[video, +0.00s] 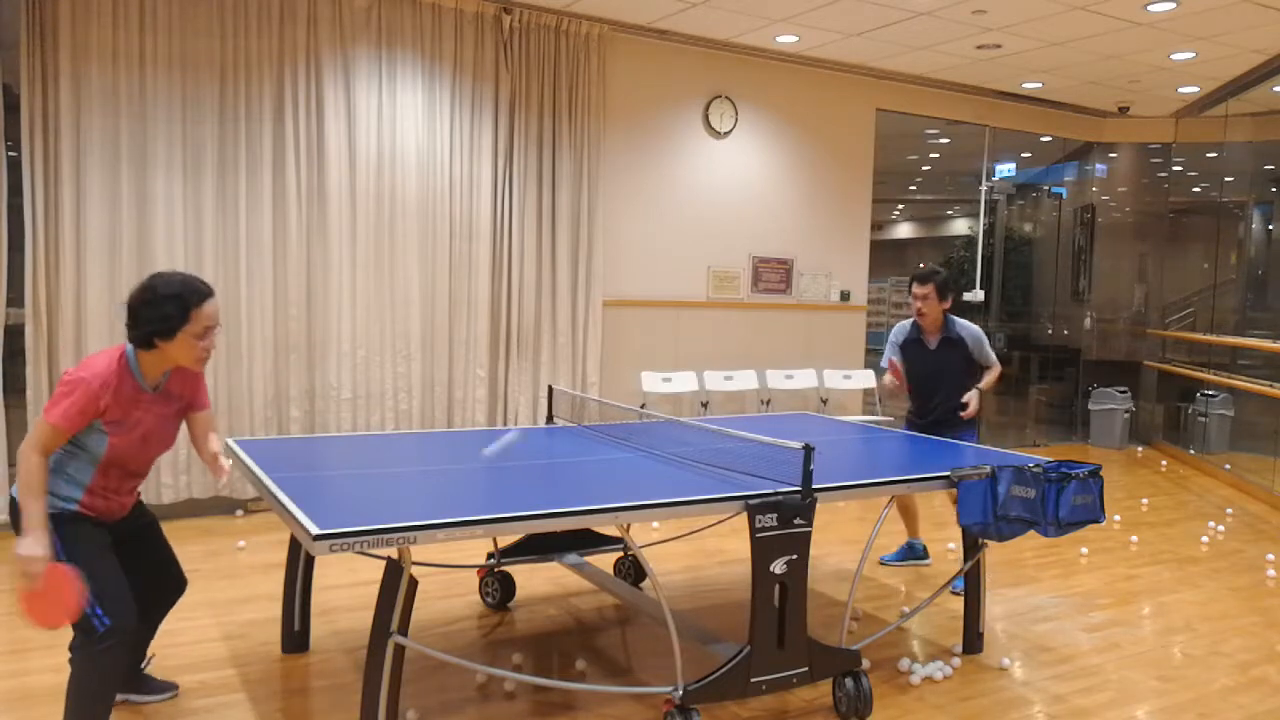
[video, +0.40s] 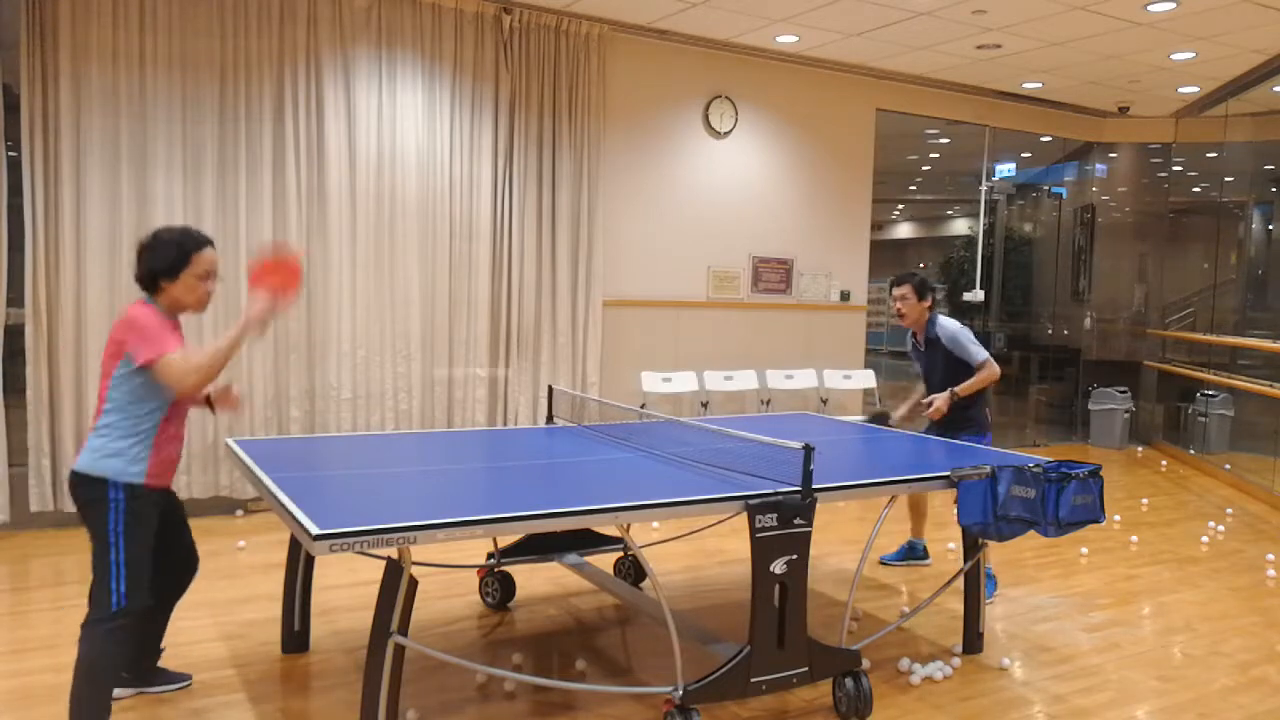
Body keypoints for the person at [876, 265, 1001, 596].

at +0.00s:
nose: (918, 305)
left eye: (925, 298)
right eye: (914, 298)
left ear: (946, 302)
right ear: (909, 300)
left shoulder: (968, 333)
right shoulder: (901, 332)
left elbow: (994, 367)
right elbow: (889, 380)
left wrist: (978, 391)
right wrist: (893, 382)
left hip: (958, 424)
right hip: (918, 422)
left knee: (956, 488)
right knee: (899, 480)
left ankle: (972, 563)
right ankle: (915, 544)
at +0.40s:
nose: (897, 307)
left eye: (904, 300)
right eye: (894, 301)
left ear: (926, 303)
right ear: (894, 305)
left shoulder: (950, 331)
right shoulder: (914, 339)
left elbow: (991, 370)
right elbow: (930, 385)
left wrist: (952, 395)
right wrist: (901, 413)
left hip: (971, 432)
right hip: (939, 430)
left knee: (968, 500)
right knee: (914, 477)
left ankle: (983, 571)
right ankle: (916, 545)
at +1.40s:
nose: (925, 316)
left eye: (931, 308)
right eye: (924, 309)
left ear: (954, 307)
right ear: (949, 310)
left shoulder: (980, 335)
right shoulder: (963, 341)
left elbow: (1022, 381)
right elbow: (981, 388)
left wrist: (977, 405)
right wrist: (957, 409)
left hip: (1005, 443)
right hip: (979, 440)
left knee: (1006, 513)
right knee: (947, 486)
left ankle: (1033, 585)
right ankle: (942, 547)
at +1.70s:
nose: (894, 300)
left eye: (900, 293)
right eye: (894, 293)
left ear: (921, 294)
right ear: (915, 295)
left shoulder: (948, 321)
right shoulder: (909, 326)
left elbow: (986, 362)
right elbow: (878, 346)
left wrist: (943, 378)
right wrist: (842, 339)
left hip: (967, 424)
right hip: (936, 422)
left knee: (959, 491)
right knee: (915, 479)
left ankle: (983, 558)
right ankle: (935, 541)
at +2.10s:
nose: (888, 308)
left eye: (895, 301)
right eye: (885, 302)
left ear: (915, 305)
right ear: (883, 304)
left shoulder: (940, 336)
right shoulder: (884, 337)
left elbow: (970, 378)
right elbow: (873, 373)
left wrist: (937, 396)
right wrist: (863, 383)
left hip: (940, 426)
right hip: (903, 424)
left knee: (946, 488)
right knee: (877, 472)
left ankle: (971, 553)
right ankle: (884, 532)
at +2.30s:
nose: (912, 312)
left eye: (919, 305)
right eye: (908, 305)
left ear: (938, 306)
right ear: (904, 306)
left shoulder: (964, 334)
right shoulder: (900, 333)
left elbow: (991, 369)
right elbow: (876, 371)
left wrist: (978, 390)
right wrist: (888, 381)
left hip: (957, 424)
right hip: (916, 423)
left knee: (964, 487)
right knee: (890, 472)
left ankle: (971, 557)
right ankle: (885, 530)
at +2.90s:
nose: (920, 302)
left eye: (928, 296)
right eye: (917, 295)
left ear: (948, 301)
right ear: (912, 297)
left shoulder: (971, 333)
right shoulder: (905, 330)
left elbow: (995, 373)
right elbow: (892, 379)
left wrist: (972, 386)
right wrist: (899, 377)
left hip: (956, 424)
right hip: (916, 422)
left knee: (958, 490)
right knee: (897, 477)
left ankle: (976, 554)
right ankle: (908, 541)